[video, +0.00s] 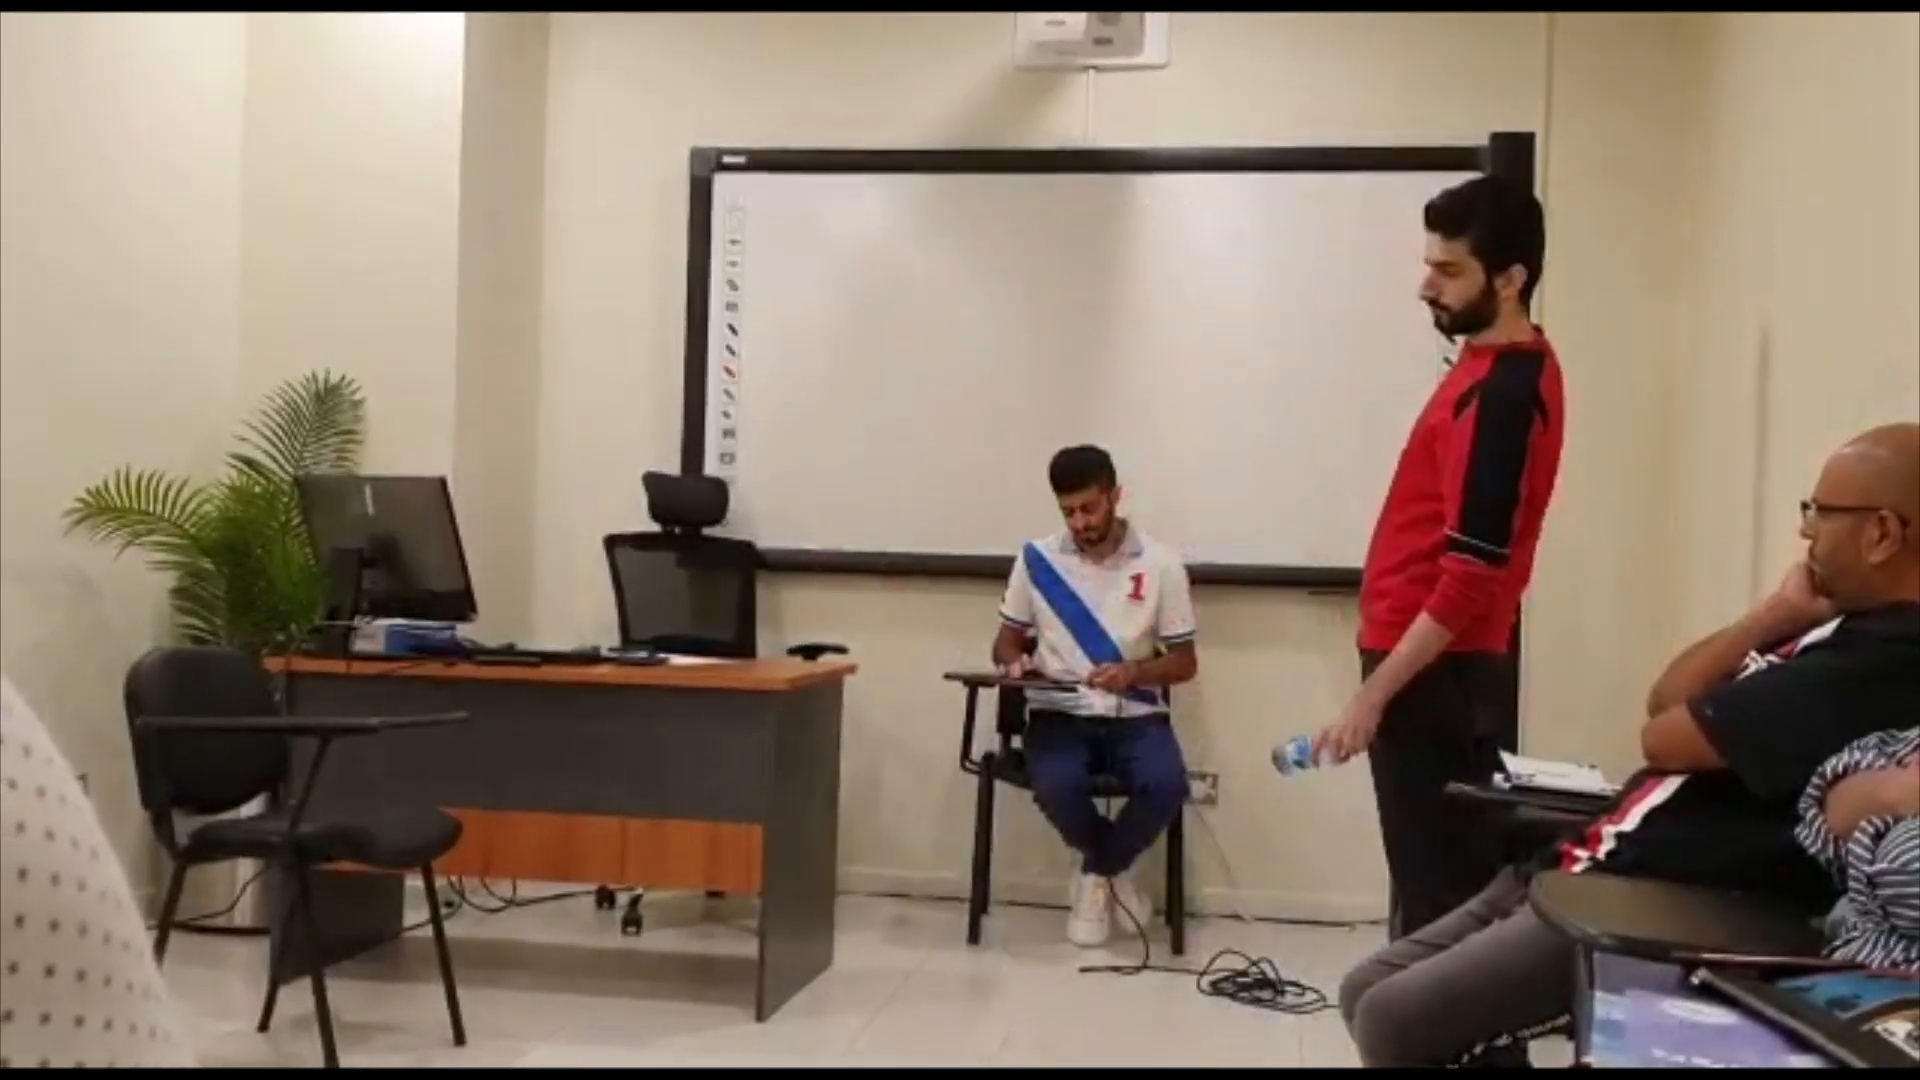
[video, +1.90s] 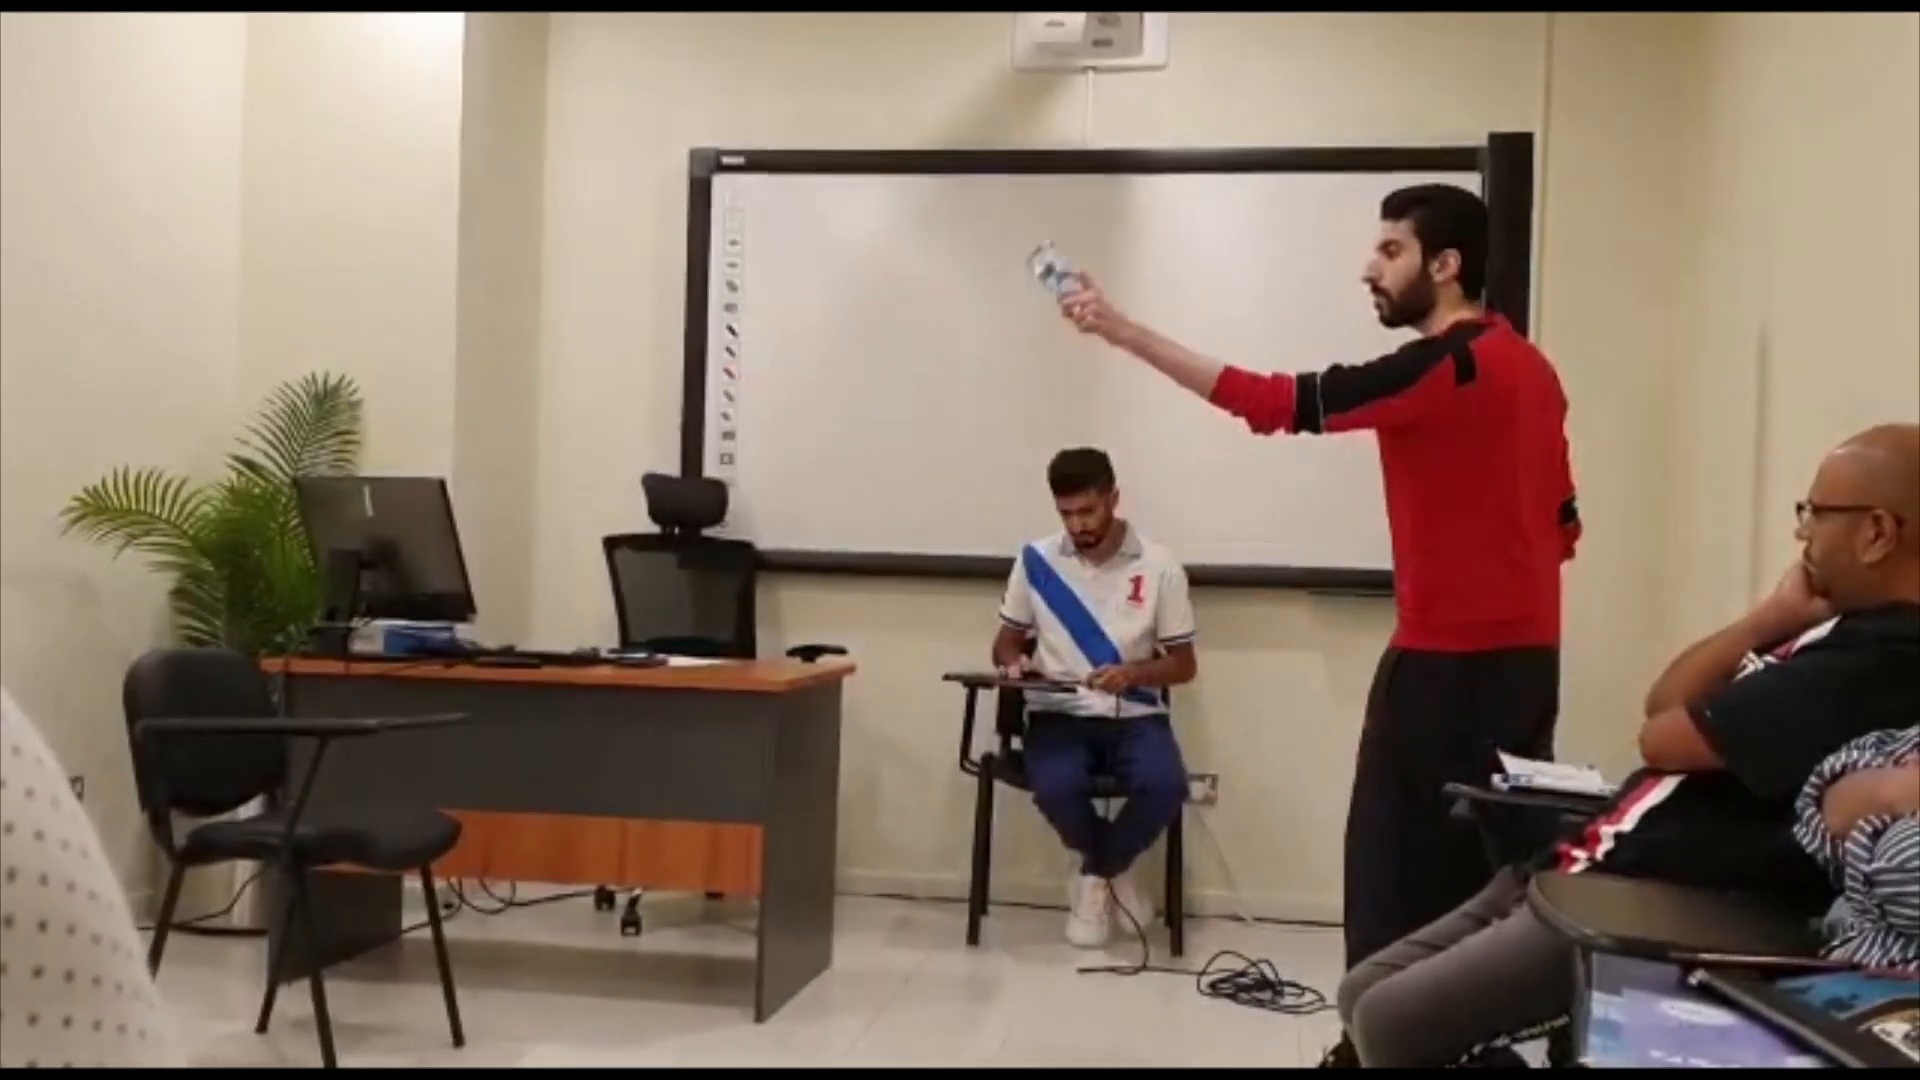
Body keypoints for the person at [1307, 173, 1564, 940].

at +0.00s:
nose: (1427, 288)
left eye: (1447, 270)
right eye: (1428, 268)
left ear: (1511, 279)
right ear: (1506, 283)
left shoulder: (1510, 384)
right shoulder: (1487, 363)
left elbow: (1473, 574)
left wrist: (1371, 698)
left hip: (1448, 672)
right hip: (1427, 667)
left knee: (1439, 908)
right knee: (1436, 904)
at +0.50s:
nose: (1388, 280)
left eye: (1405, 261)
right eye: (1389, 260)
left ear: (1468, 266)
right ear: (1458, 271)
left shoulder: (1498, 364)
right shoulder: (1469, 358)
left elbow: (1535, 544)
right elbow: (1485, 535)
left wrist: (1495, 703)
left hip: (1470, 669)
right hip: (1438, 664)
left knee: (1451, 901)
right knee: (1428, 896)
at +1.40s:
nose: (1344, 301)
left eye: (1360, 279)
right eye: (1345, 281)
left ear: (1419, 280)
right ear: (1428, 284)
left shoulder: (1439, 379)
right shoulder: (1525, 363)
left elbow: (1434, 555)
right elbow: (1573, 525)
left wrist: (1401, 698)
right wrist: (1499, 606)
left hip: (1452, 673)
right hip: (1535, 669)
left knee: (1388, 876)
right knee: (1504, 870)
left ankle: (1383, 1042)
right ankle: (1494, 1040)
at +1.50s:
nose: (1351, 293)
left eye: (1365, 272)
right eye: (1352, 273)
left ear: (1424, 274)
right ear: (1434, 277)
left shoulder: (1440, 374)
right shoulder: (1529, 365)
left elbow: (1372, 530)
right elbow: (1570, 527)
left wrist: (1282, 657)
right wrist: (1467, 580)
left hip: (1450, 665)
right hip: (1533, 664)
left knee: (1390, 863)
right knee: (1503, 861)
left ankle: (1388, 1041)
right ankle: (1490, 1035)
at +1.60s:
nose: (1358, 288)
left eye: (1374, 267)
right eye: (1360, 268)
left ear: (1432, 272)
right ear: (1439, 275)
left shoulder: (1442, 372)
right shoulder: (1532, 367)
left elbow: (1333, 485)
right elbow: (1565, 527)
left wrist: (1185, 565)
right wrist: (1474, 578)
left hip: (1450, 659)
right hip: (1532, 658)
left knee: (1390, 857)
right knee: (1500, 856)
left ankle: (1387, 1039)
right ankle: (1488, 1035)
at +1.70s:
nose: (1364, 280)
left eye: (1381, 260)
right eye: (1368, 260)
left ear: (1440, 268)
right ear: (1446, 271)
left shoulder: (1446, 369)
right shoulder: (1533, 368)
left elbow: (1303, 447)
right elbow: (1562, 525)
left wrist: (1126, 465)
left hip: (1450, 662)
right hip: (1527, 662)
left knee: (1390, 860)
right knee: (1492, 862)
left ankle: (1386, 1045)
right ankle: (1484, 1042)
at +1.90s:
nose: (1371, 268)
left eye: (1390, 251)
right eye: (1376, 250)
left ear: (1447, 263)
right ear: (1453, 267)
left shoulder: (1440, 365)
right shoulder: (1534, 369)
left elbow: (1274, 403)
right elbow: (1562, 530)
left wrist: (1126, 333)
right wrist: (1469, 587)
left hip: (1441, 666)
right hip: (1524, 666)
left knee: (1387, 862)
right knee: (1494, 868)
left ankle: (1383, 1040)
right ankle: (1488, 1039)